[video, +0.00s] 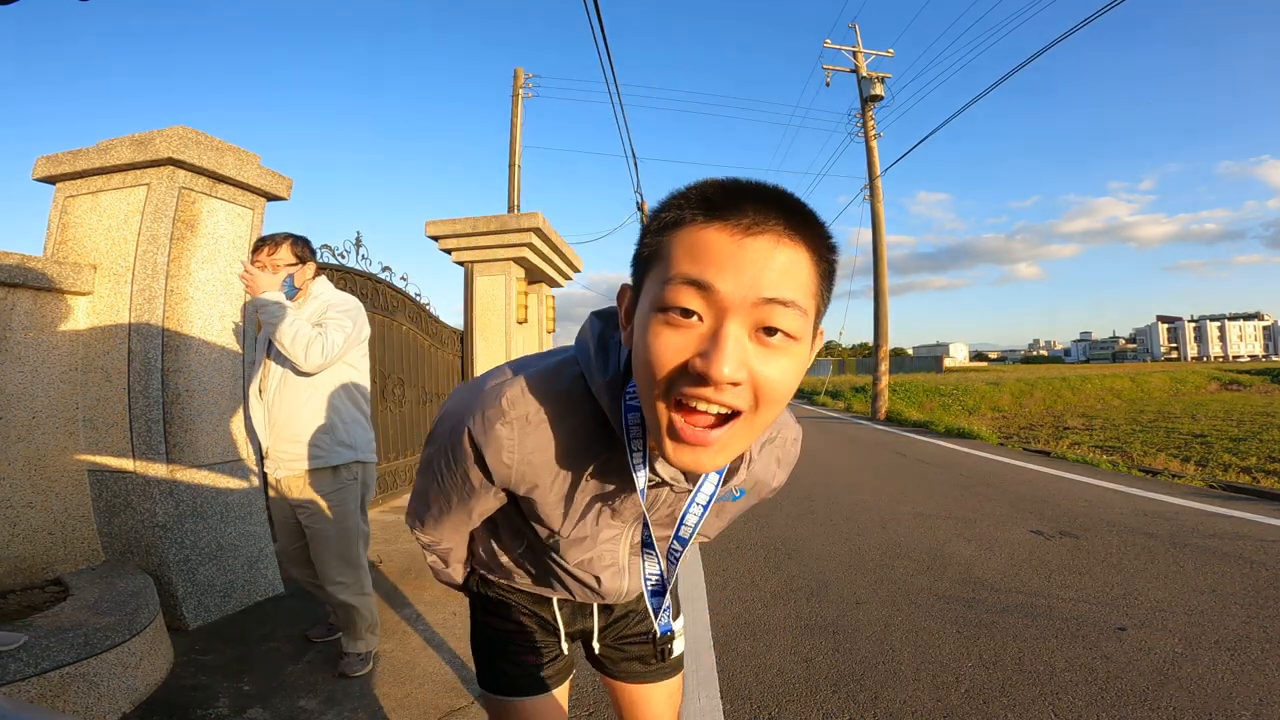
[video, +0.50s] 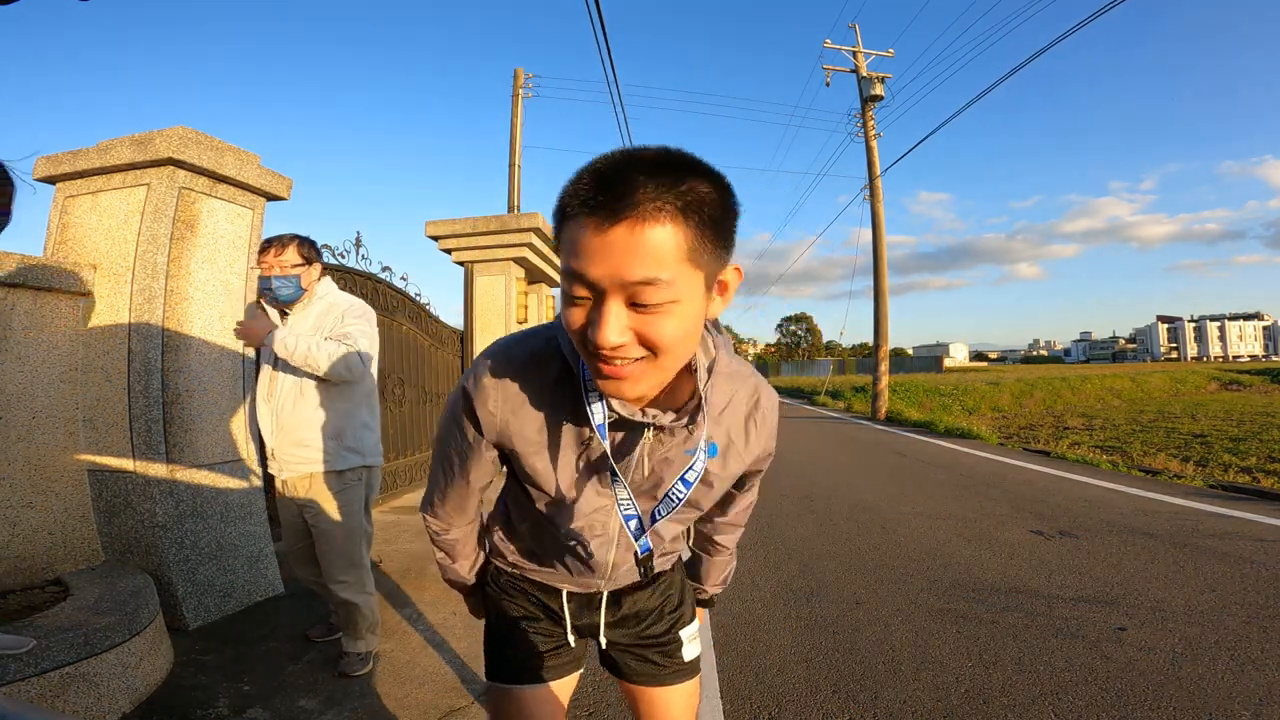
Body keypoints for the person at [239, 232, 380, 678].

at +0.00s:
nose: (260, 279)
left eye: (270, 269)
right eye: (258, 270)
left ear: (304, 269)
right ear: (261, 274)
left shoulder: (344, 307)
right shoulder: (269, 315)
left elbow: (312, 354)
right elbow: (263, 391)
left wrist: (267, 299)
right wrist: (266, 457)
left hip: (330, 465)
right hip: (281, 467)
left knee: (342, 570)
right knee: (298, 564)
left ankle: (360, 641)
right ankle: (340, 617)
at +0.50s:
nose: (275, 281)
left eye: (286, 270)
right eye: (267, 273)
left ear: (314, 270)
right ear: (262, 275)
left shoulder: (351, 310)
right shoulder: (274, 320)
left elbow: (351, 366)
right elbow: (268, 392)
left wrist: (271, 337)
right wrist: (267, 457)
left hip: (337, 465)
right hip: (287, 465)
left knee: (345, 567)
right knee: (303, 560)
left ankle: (360, 641)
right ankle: (339, 616)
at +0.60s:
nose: (271, 278)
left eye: (282, 268)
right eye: (266, 270)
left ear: (313, 268)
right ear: (262, 276)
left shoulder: (351, 310)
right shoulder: (279, 330)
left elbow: (373, 360)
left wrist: (286, 372)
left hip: (338, 467)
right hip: (289, 468)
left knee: (344, 568)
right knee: (303, 561)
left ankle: (361, 642)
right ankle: (338, 616)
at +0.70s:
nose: (265, 278)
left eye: (274, 269)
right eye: (262, 271)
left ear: (309, 269)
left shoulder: (348, 311)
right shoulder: (284, 321)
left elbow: (385, 357)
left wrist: (321, 396)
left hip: (337, 471)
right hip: (291, 470)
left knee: (343, 569)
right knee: (303, 562)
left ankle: (360, 643)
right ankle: (340, 616)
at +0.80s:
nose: (264, 276)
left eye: (273, 267)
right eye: (264, 268)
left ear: (305, 267)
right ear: (290, 272)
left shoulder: (336, 307)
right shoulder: (293, 314)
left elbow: (384, 347)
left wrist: (349, 400)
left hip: (333, 465)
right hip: (297, 465)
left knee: (339, 567)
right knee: (308, 558)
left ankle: (355, 643)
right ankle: (337, 617)